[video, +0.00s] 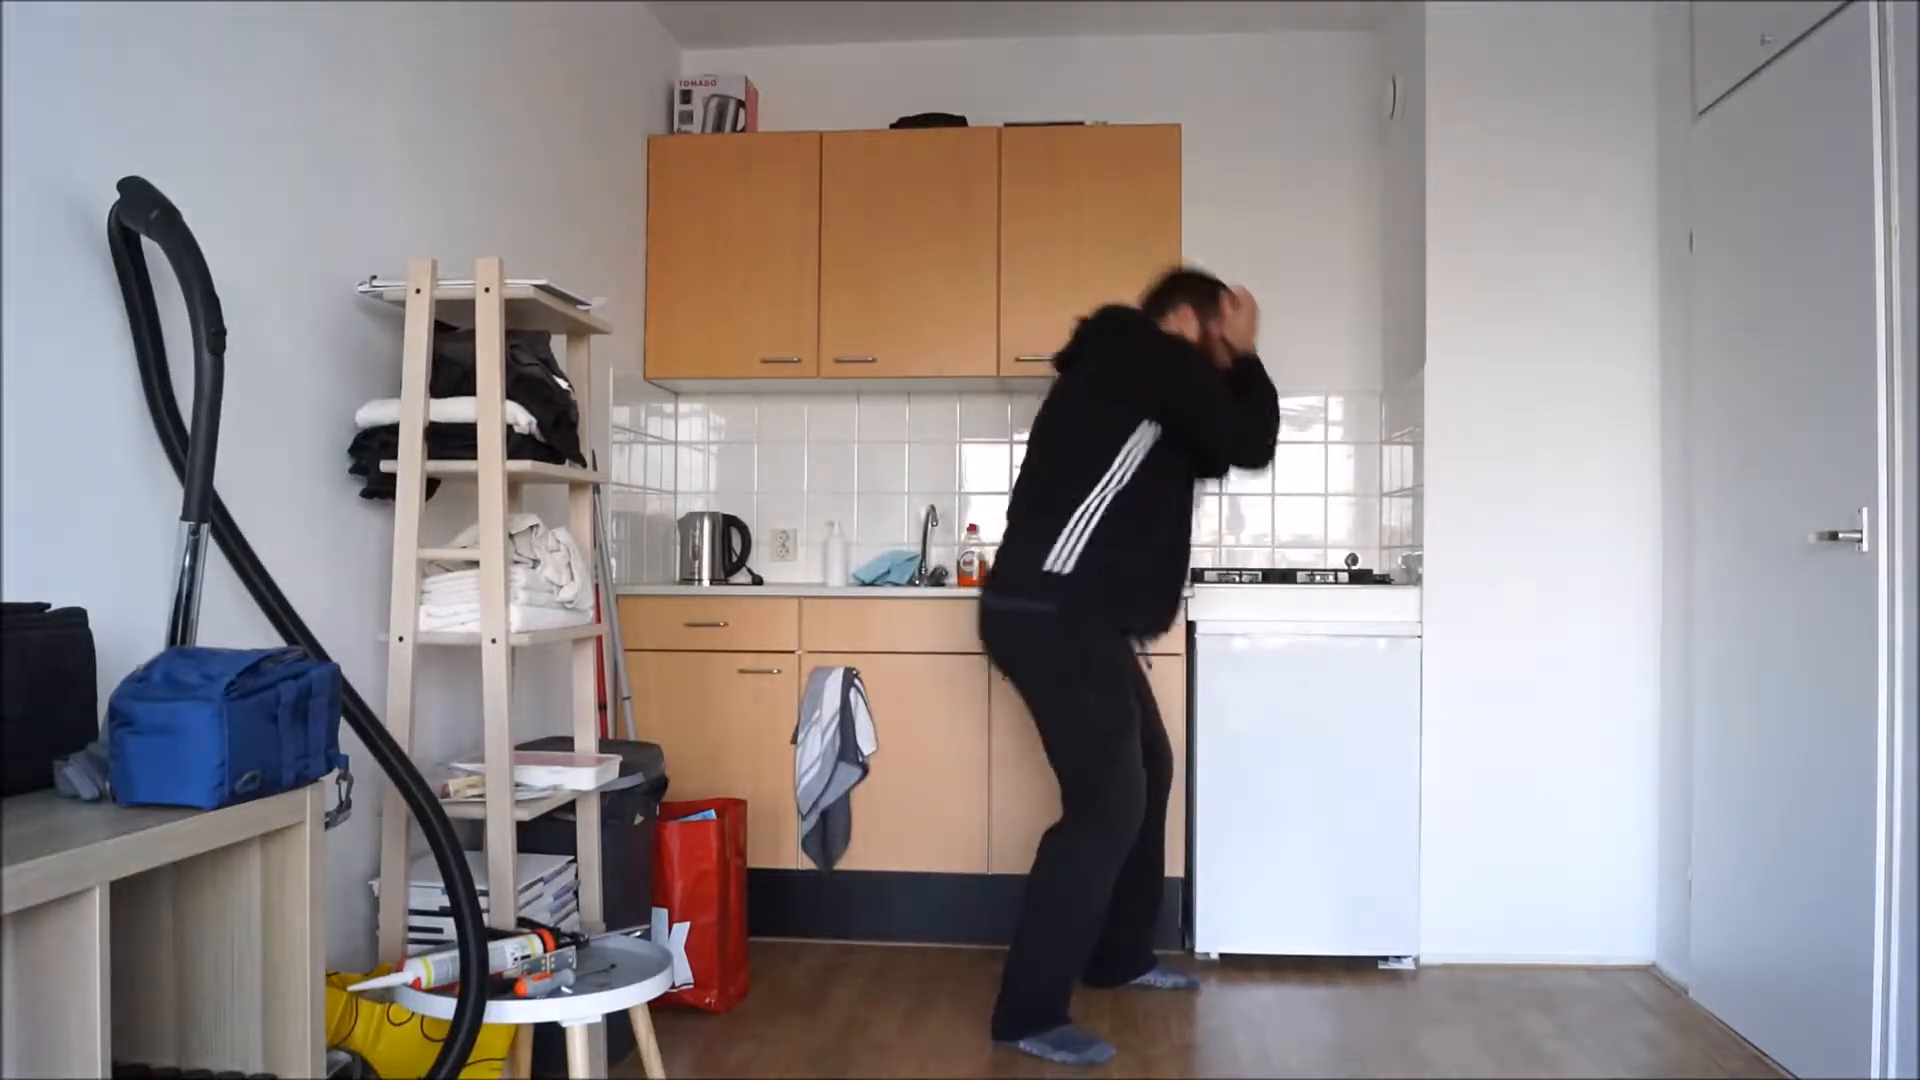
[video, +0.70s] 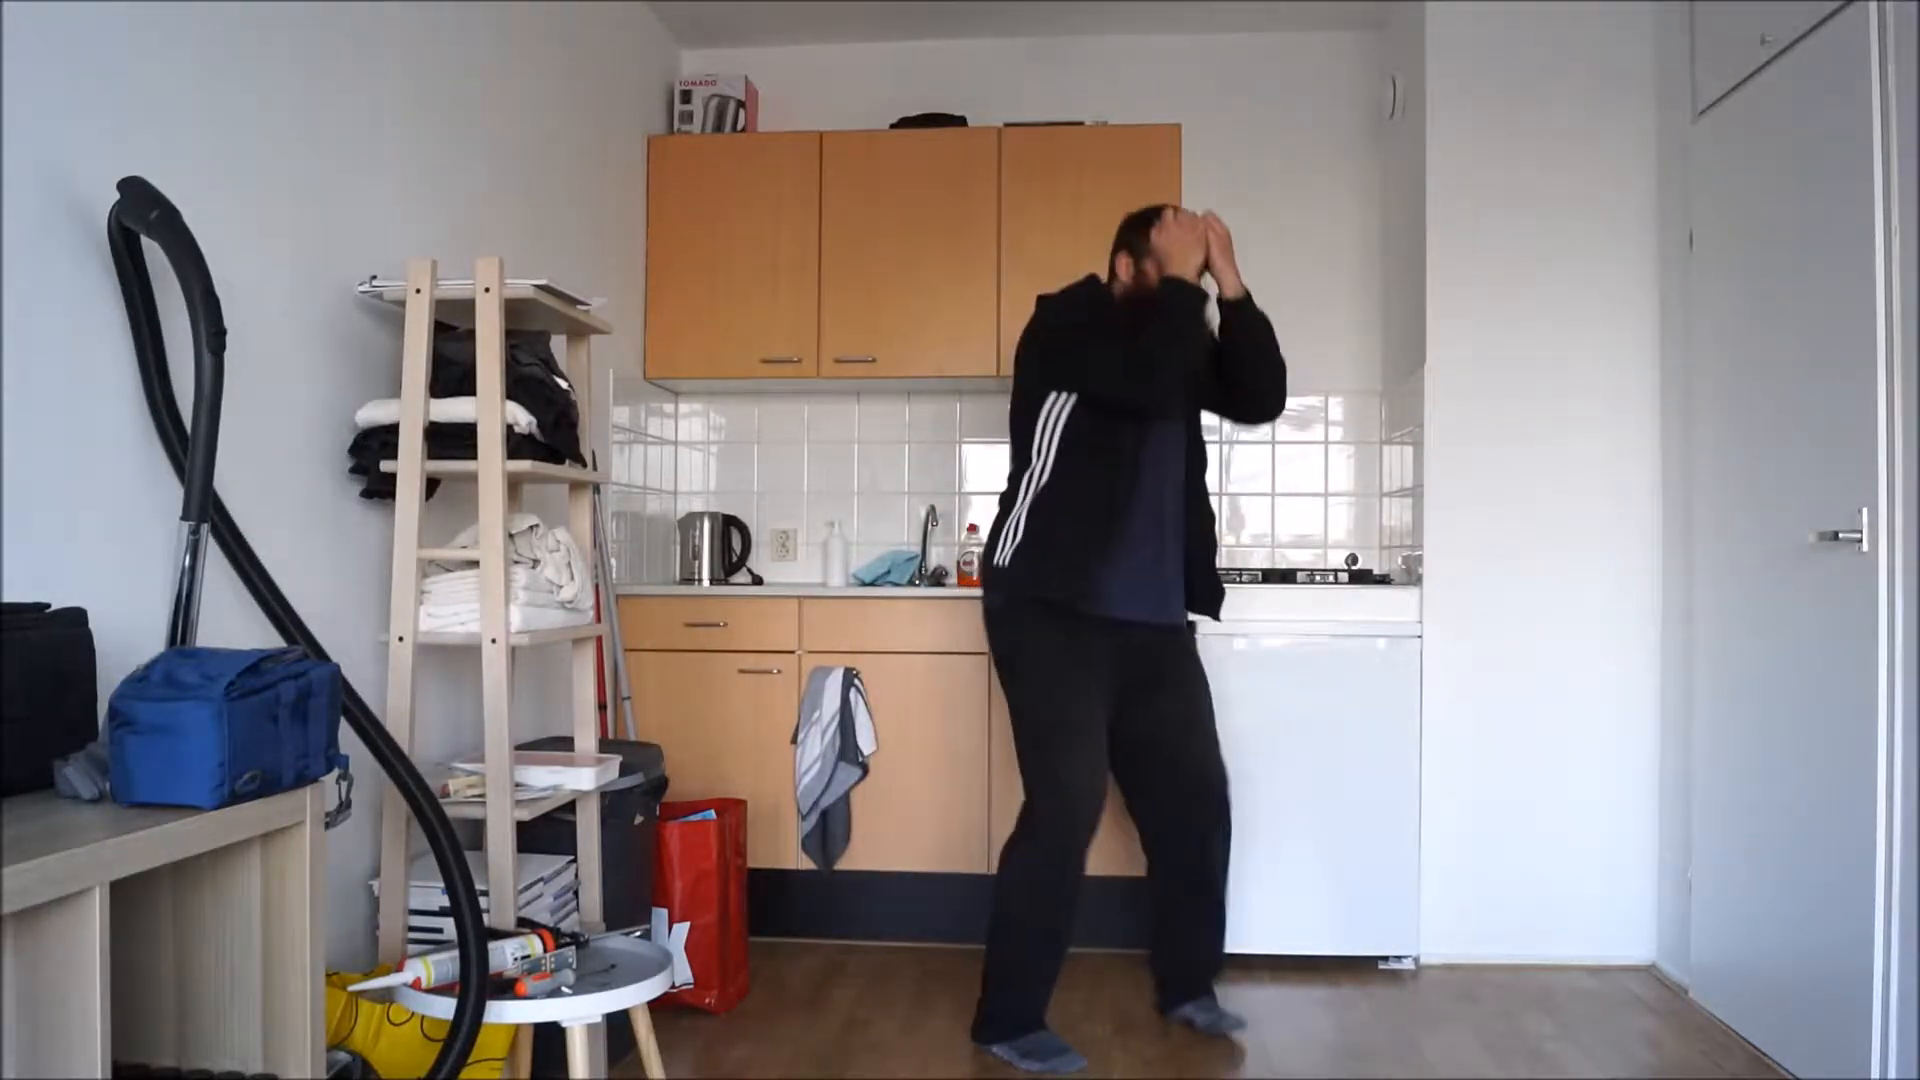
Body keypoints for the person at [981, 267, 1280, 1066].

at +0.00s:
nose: (1221, 349)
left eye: (1222, 335)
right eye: (1217, 333)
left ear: (1164, 314)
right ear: (1183, 320)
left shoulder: (1132, 360)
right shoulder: (1141, 355)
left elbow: (1227, 451)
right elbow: (1248, 441)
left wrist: (1232, 363)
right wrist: (1242, 354)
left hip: (1084, 613)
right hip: (1048, 612)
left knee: (1149, 769)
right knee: (1108, 798)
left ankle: (1119, 957)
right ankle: (1028, 1018)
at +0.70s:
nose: (1205, 268)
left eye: (1207, 258)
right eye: (1191, 250)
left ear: (1188, 281)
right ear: (1130, 264)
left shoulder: (1179, 344)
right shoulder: (1065, 319)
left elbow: (1260, 398)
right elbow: (1150, 381)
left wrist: (1232, 285)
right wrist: (1174, 286)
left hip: (1149, 619)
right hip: (1051, 609)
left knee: (1193, 806)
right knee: (1065, 803)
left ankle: (1187, 991)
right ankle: (1008, 1021)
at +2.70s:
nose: (1043, 372)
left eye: (1054, 357)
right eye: (1032, 362)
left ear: (1099, 353)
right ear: (1025, 370)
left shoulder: (1165, 397)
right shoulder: (1019, 416)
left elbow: (1142, 502)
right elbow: (978, 517)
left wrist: (1085, 409)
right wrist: (1010, 421)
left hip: (1170, 661)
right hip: (1051, 664)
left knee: (1233, 821)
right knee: (1003, 811)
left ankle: (1259, 1000)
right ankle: (998, 978)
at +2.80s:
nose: (1112, 436)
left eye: (1127, 426)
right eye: (1095, 424)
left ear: (1154, 414)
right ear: (1073, 415)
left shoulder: (1199, 437)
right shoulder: (1040, 438)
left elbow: (1193, 564)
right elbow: (1030, 566)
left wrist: (1149, 467)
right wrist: (1073, 472)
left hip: (1175, 678)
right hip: (1052, 681)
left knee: (1247, 833)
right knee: (1005, 826)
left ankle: (1260, 1004)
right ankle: (998, 978)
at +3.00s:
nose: (1202, 391)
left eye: (1216, 382)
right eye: (1193, 377)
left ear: (1230, 385)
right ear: (1162, 367)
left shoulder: (1237, 432)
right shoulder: (1101, 407)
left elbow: (1278, 525)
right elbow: (1112, 521)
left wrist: (1251, 418)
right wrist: (1172, 426)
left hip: (1193, 670)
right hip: (1077, 668)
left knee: (1260, 824)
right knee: (1024, 829)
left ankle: (1260, 1003)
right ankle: (995, 978)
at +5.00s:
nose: (1104, 316)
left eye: (1111, 300)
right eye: (1101, 302)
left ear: (1158, 285)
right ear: (1173, 279)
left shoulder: (1206, 335)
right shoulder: (1229, 326)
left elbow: (1101, 431)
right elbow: (1118, 422)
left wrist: (1079, 328)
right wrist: (1104, 333)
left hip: (1251, 619)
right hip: (1278, 610)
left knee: (1184, 815)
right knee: (1229, 801)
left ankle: (1222, 1047)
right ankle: (1303, 981)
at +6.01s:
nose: (1141, 284)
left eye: (1139, 272)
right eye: (1138, 273)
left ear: (1051, 263)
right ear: (1112, 266)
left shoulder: (982, 336)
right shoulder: (1122, 322)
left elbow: (993, 456)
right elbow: (1207, 412)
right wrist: (1161, 312)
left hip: (993, 613)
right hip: (1082, 615)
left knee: (1063, 819)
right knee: (1101, 827)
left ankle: (1072, 1025)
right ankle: (966, 1045)